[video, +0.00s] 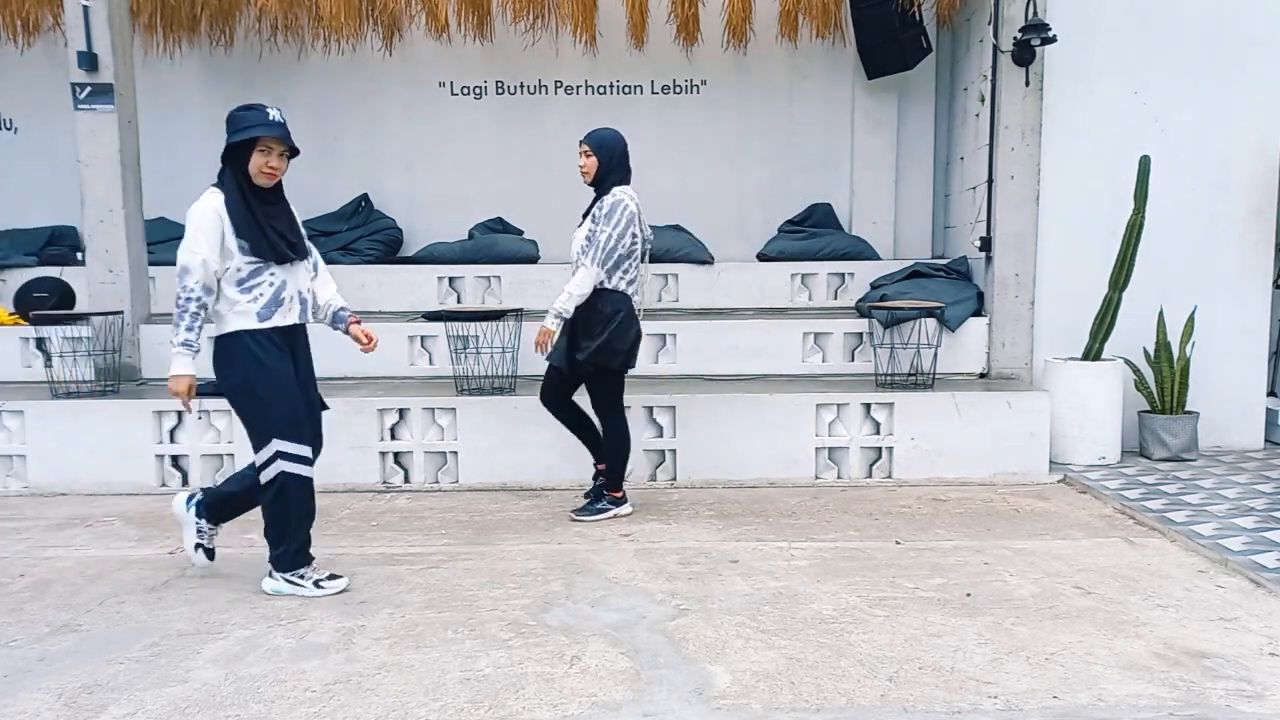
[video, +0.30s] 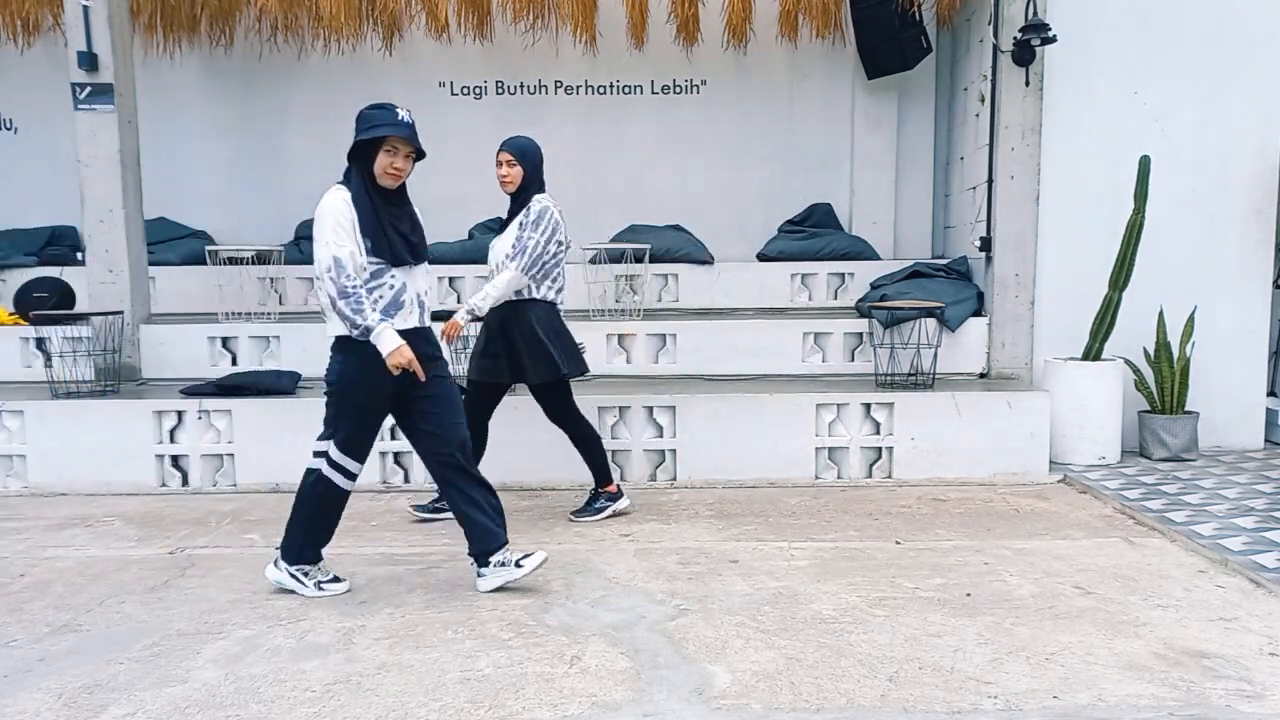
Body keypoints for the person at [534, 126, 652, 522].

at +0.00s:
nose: (581, 163)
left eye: (587, 155)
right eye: (580, 156)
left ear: (608, 157)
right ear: (592, 160)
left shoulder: (619, 201)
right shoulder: (606, 202)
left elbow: (592, 270)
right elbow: (593, 269)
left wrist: (553, 317)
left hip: (607, 314)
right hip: (592, 312)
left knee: (608, 403)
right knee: (553, 395)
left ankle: (615, 494)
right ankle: (606, 462)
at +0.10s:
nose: (557, 164)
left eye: (564, 156)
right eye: (555, 157)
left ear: (585, 158)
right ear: (558, 161)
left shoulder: (592, 200)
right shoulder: (584, 202)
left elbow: (559, 261)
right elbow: (608, 269)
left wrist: (507, 299)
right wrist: (622, 320)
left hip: (588, 313)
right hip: (561, 313)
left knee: (596, 406)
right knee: (529, 397)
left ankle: (613, 493)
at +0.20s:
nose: (529, 169)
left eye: (537, 161)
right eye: (527, 162)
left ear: (558, 163)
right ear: (529, 166)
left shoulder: (567, 204)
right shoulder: (553, 207)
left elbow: (533, 263)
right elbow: (581, 271)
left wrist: (478, 296)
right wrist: (601, 322)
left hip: (561, 318)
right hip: (535, 318)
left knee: (583, 409)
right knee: (507, 408)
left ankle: (612, 492)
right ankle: (468, 485)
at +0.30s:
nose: (503, 172)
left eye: (511, 164)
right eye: (500, 165)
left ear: (530, 167)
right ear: (498, 170)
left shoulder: (542, 209)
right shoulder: (516, 217)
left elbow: (516, 272)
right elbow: (506, 278)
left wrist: (466, 312)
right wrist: (475, 313)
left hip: (530, 322)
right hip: (500, 324)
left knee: (561, 411)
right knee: (474, 410)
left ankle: (608, 489)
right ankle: (453, 493)